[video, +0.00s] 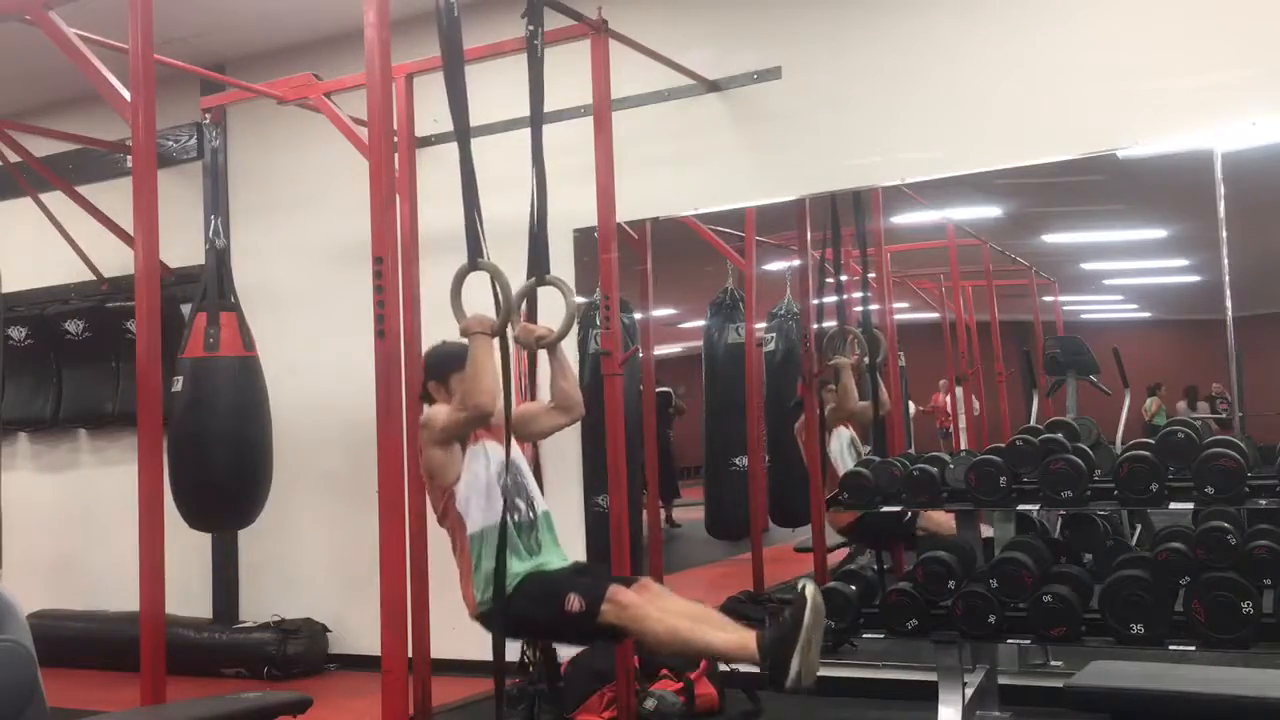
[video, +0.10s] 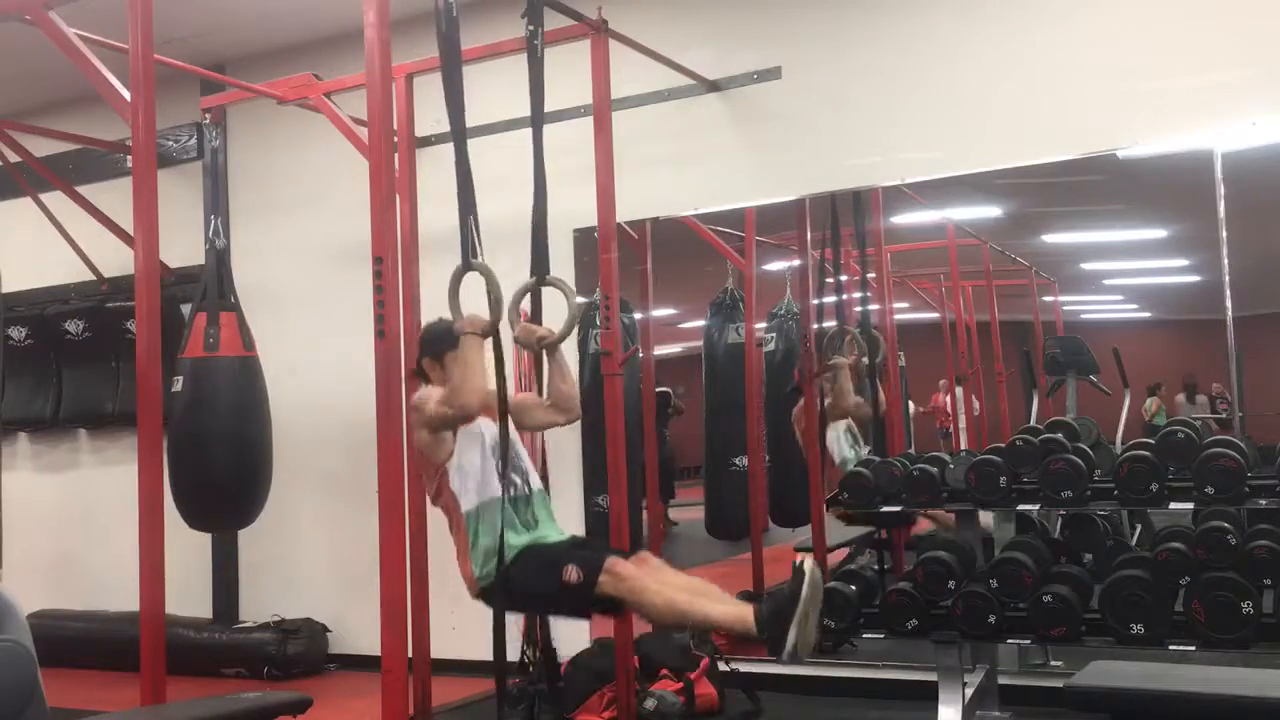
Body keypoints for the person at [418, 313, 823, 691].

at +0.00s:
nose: (473, 388)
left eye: (472, 379)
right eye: (460, 380)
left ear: (469, 383)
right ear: (436, 391)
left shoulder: (499, 425)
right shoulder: (432, 428)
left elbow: (568, 406)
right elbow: (480, 405)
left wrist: (552, 344)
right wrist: (480, 338)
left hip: (550, 569)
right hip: (504, 589)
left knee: (648, 590)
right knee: (622, 605)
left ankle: (768, 644)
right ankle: (764, 653)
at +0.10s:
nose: (464, 369)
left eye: (464, 360)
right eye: (452, 361)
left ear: (463, 364)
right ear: (428, 368)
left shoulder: (489, 403)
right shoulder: (421, 405)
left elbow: (563, 408)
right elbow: (470, 402)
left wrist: (547, 347)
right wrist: (471, 334)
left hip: (546, 543)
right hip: (505, 562)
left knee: (644, 563)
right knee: (621, 575)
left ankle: (759, 614)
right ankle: (760, 625)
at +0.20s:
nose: (469, 342)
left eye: (471, 335)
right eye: (458, 334)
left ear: (470, 341)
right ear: (428, 340)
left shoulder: (485, 382)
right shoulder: (419, 378)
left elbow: (559, 407)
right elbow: (452, 403)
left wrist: (549, 346)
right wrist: (464, 336)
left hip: (535, 515)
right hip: (497, 533)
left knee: (640, 536)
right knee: (616, 547)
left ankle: (759, 594)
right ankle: (751, 596)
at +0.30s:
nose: (465, 319)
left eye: (469, 313)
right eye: (456, 312)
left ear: (474, 316)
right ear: (432, 314)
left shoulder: (489, 360)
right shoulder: (418, 353)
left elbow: (546, 411)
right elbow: (437, 401)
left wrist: (541, 351)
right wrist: (457, 332)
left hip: (534, 491)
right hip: (493, 505)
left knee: (634, 511)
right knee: (608, 518)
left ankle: (754, 564)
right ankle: (747, 570)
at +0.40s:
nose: (477, 294)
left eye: (481, 284)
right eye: (467, 283)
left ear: (483, 285)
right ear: (435, 284)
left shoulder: (485, 332)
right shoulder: (416, 331)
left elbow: (527, 398)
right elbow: (410, 394)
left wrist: (536, 351)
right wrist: (453, 337)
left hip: (523, 466)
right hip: (484, 479)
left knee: (625, 487)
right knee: (602, 495)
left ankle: (746, 551)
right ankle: (738, 550)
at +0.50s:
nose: (494, 271)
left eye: (497, 261)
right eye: (483, 261)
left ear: (494, 262)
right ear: (452, 262)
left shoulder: (489, 311)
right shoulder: (422, 307)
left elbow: (518, 385)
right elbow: (401, 369)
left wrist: (530, 354)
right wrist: (440, 333)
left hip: (514, 445)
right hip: (472, 458)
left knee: (618, 470)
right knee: (592, 475)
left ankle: (740, 539)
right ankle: (728, 533)